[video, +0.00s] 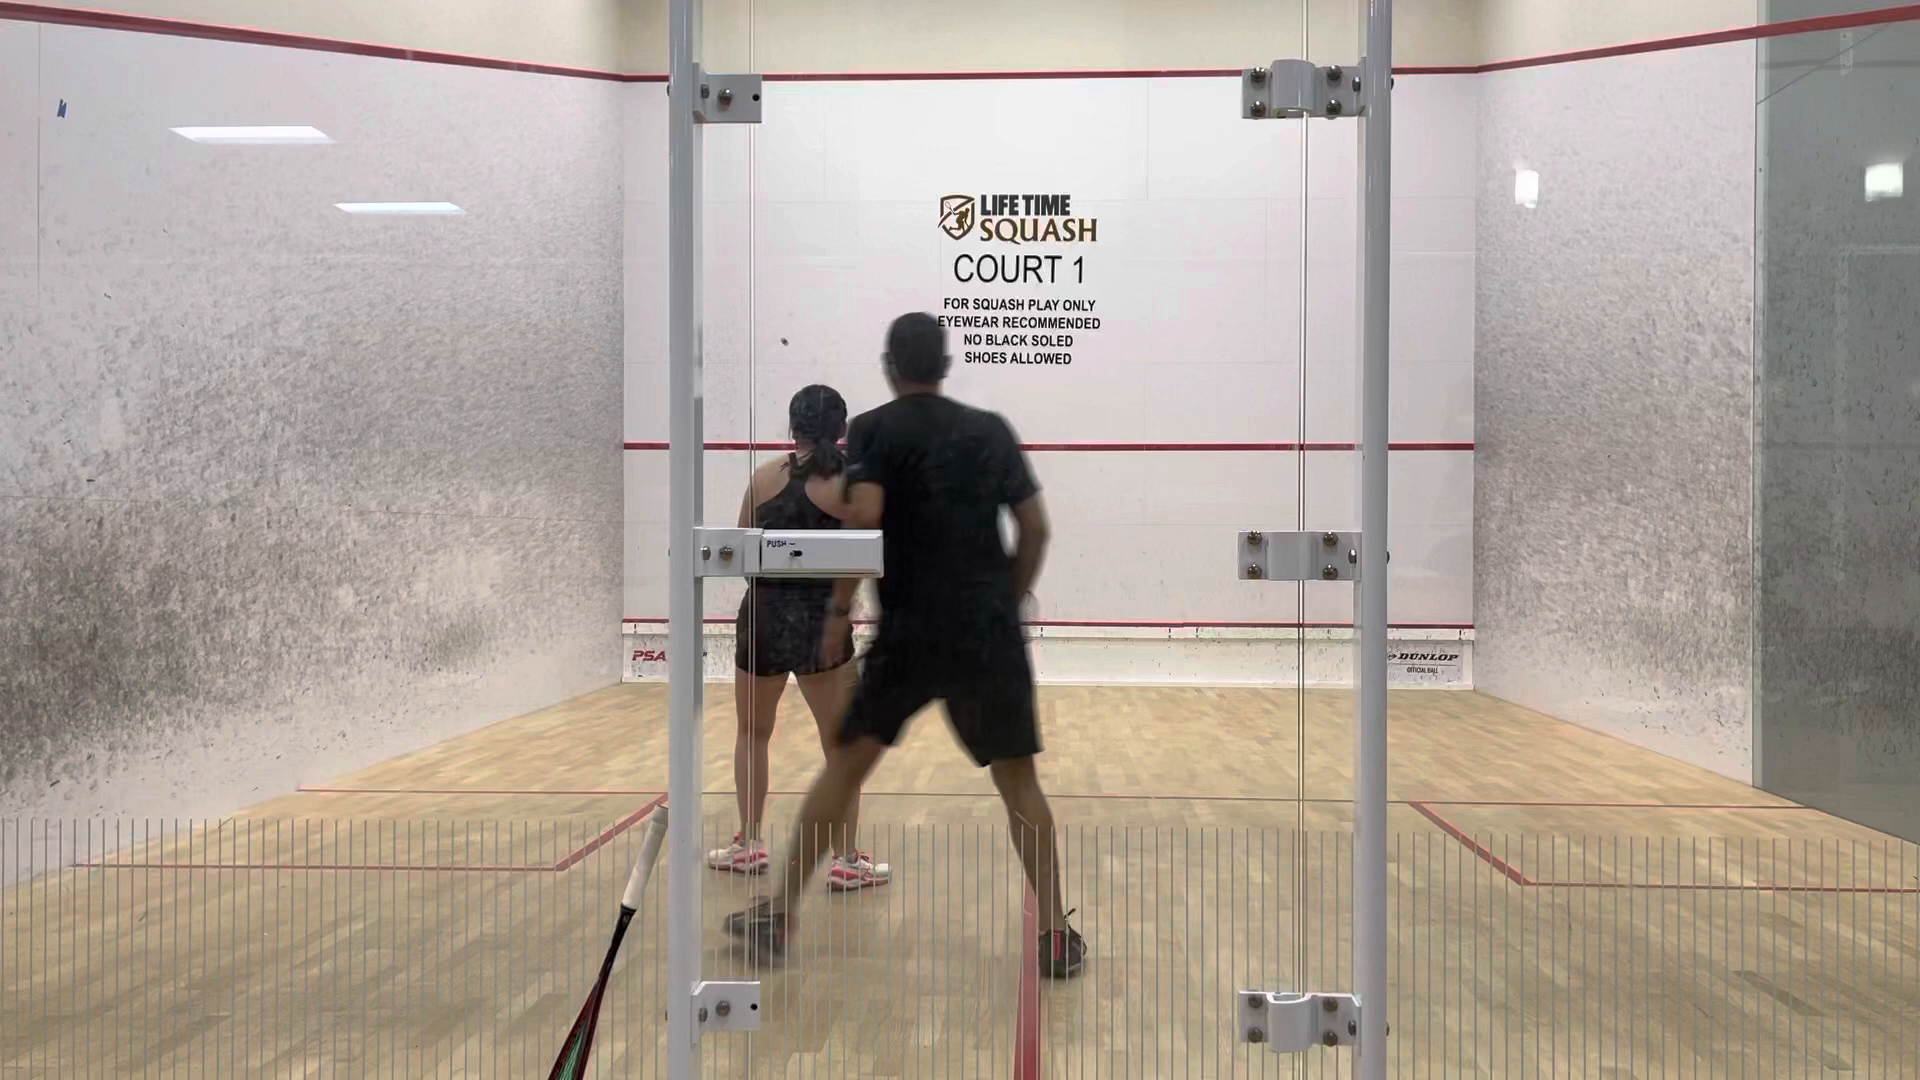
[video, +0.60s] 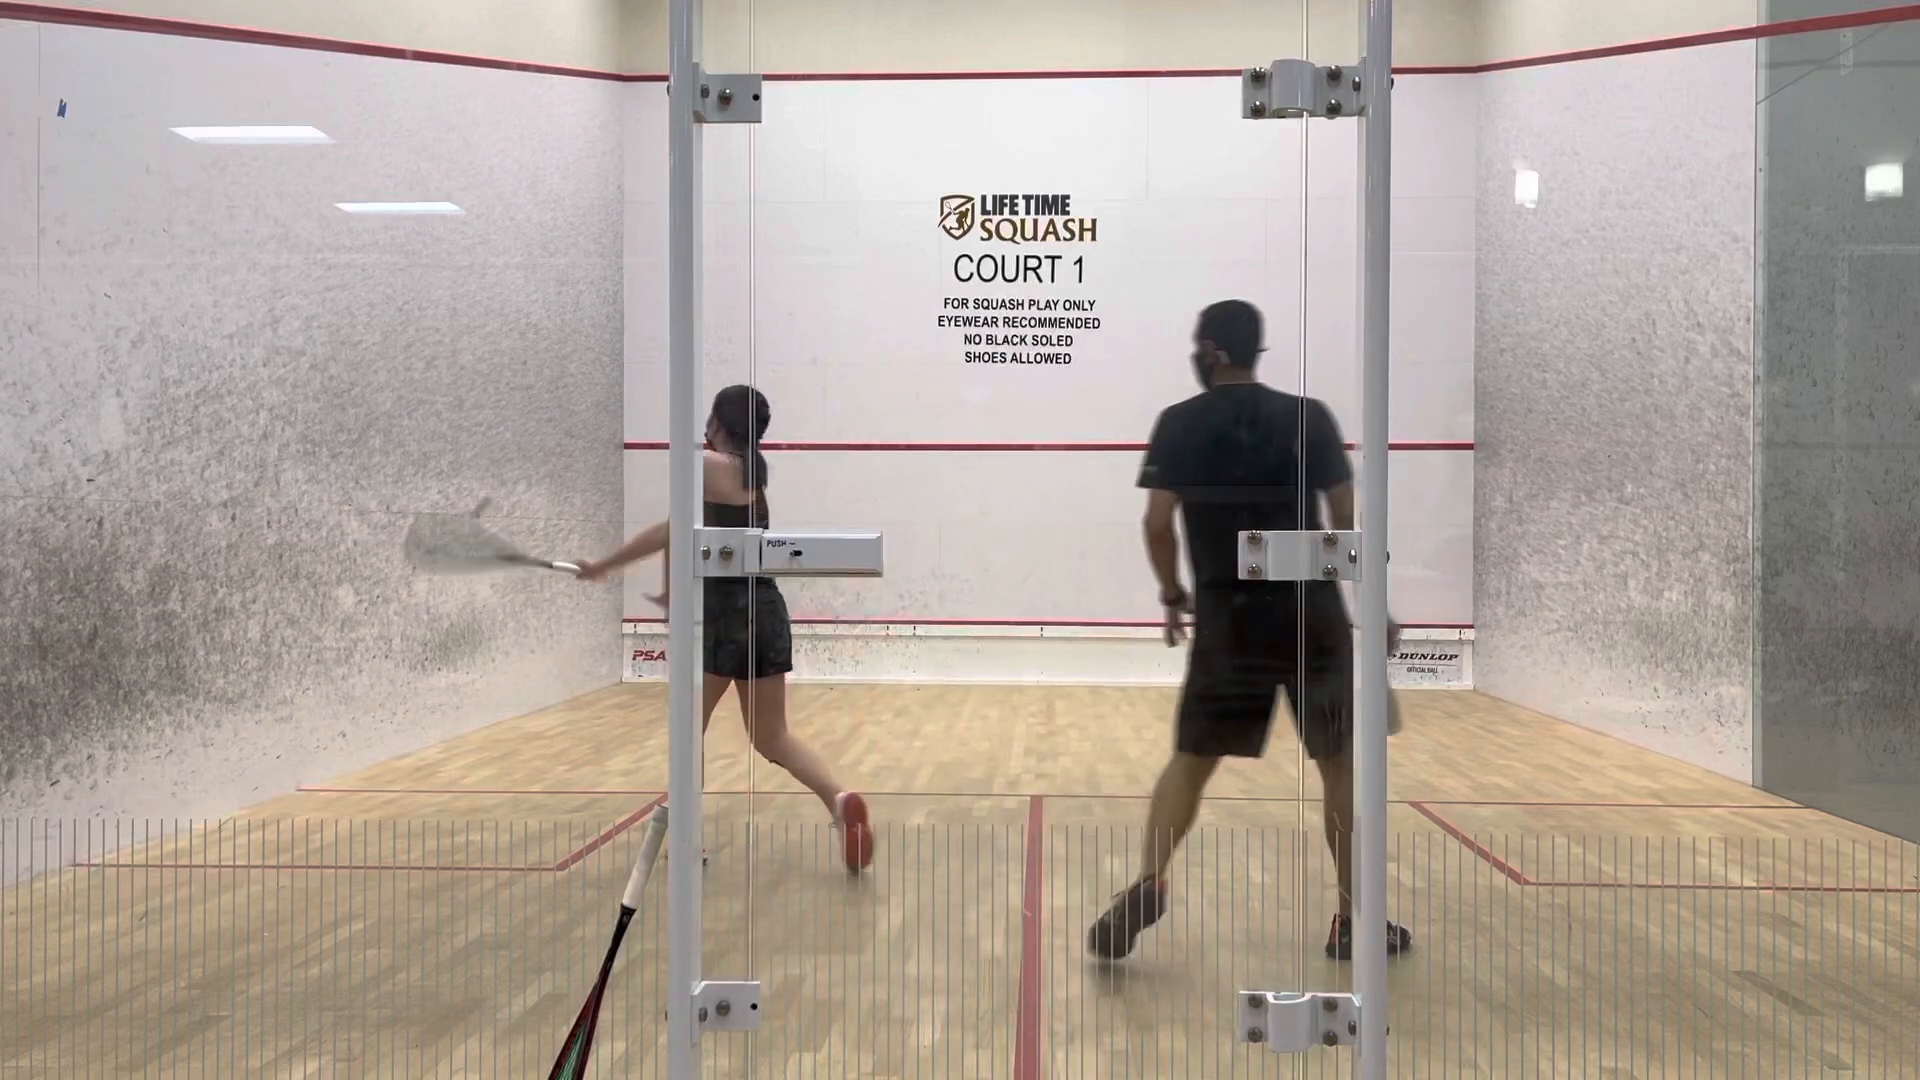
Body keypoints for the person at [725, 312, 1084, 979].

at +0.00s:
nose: (889, 371)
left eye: (888, 361)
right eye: (908, 358)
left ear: (891, 365)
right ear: (945, 364)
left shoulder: (876, 429)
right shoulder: (990, 430)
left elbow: (865, 512)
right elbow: (1035, 529)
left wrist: (823, 486)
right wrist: (1011, 595)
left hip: (910, 634)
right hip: (988, 635)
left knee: (846, 764)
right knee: (1020, 780)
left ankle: (777, 913)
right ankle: (1055, 933)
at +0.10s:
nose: (941, 346)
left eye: (939, 335)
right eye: (954, 332)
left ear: (935, 340)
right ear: (991, 339)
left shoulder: (919, 403)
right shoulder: (1041, 398)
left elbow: (906, 497)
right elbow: (1089, 494)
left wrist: (889, 576)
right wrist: (1074, 577)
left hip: (974, 607)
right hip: (1053, 605)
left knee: (929, 747)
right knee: (1057, 753)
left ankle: (905, 900)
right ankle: (1065, 919)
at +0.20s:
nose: (993, 326)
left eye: (986, 314)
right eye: (1007, 310)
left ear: (979, 321)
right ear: (1033, 316)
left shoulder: (962, 386)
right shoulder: (1086, 374)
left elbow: (948, 483)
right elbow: (1140, 469)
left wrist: (942, 540)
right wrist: (1137, 561)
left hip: (1024, 585)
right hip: (1103, 580)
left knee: (1015, 735)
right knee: (1109, 732)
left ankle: (1032, 893)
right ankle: (1119, 892)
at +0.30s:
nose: (1046, 339)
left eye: (1039, 328)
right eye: (1066, 325)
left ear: (1030, 335)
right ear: (1087, 333)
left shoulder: (1010, 403)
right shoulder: (1134, 394)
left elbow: (1004, 503)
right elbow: (1194, 493)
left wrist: (998, 565)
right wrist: (1200, 586)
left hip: (1066, 612)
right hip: (1147, 604)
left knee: (1083, 765)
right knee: (1184, 749)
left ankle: (1112, 923)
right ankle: (1219, 898)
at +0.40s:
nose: (1077, 368)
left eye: (1079, 359)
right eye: (1083, 358)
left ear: (1088, 364)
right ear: (1141, 363)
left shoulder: (1064, 431)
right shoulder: (1188, 425)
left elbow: (1051, 538)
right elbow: (1242, 523)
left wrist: (1060, 602)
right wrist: (1264, 615)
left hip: (1110, 639)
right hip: (1194, 629)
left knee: (1112, 785)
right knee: (1258, 766)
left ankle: (1123, 945)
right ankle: (1317, 914)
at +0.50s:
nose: (1134, 364)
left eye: (1136, 354)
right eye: (1137, 353)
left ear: (1150, 359)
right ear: (1200, 358)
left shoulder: (1124, 430)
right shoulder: (1251, 424)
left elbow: (1108, 537)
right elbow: (1295, 526)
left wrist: (1120, 602)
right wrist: (1317, 616)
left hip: (1165, 635)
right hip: (1251, 630)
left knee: (1142, 777)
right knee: (1310, 768)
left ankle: (1122, 929)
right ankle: (1352, 919)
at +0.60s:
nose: (1194, 357)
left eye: (1197, 349)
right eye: (1199, 348)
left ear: (1209, 354)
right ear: (1259, 353)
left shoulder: (1181, 422)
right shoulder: (1309, 416)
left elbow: (1157, 523)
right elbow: (1345, 518)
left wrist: (1172, 589)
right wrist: (1358, 602)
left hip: (1228, 620)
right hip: (1313, 615)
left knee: (1192, 758)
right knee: (1339, 761)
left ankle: (1149, 883)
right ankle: (1354, 915)